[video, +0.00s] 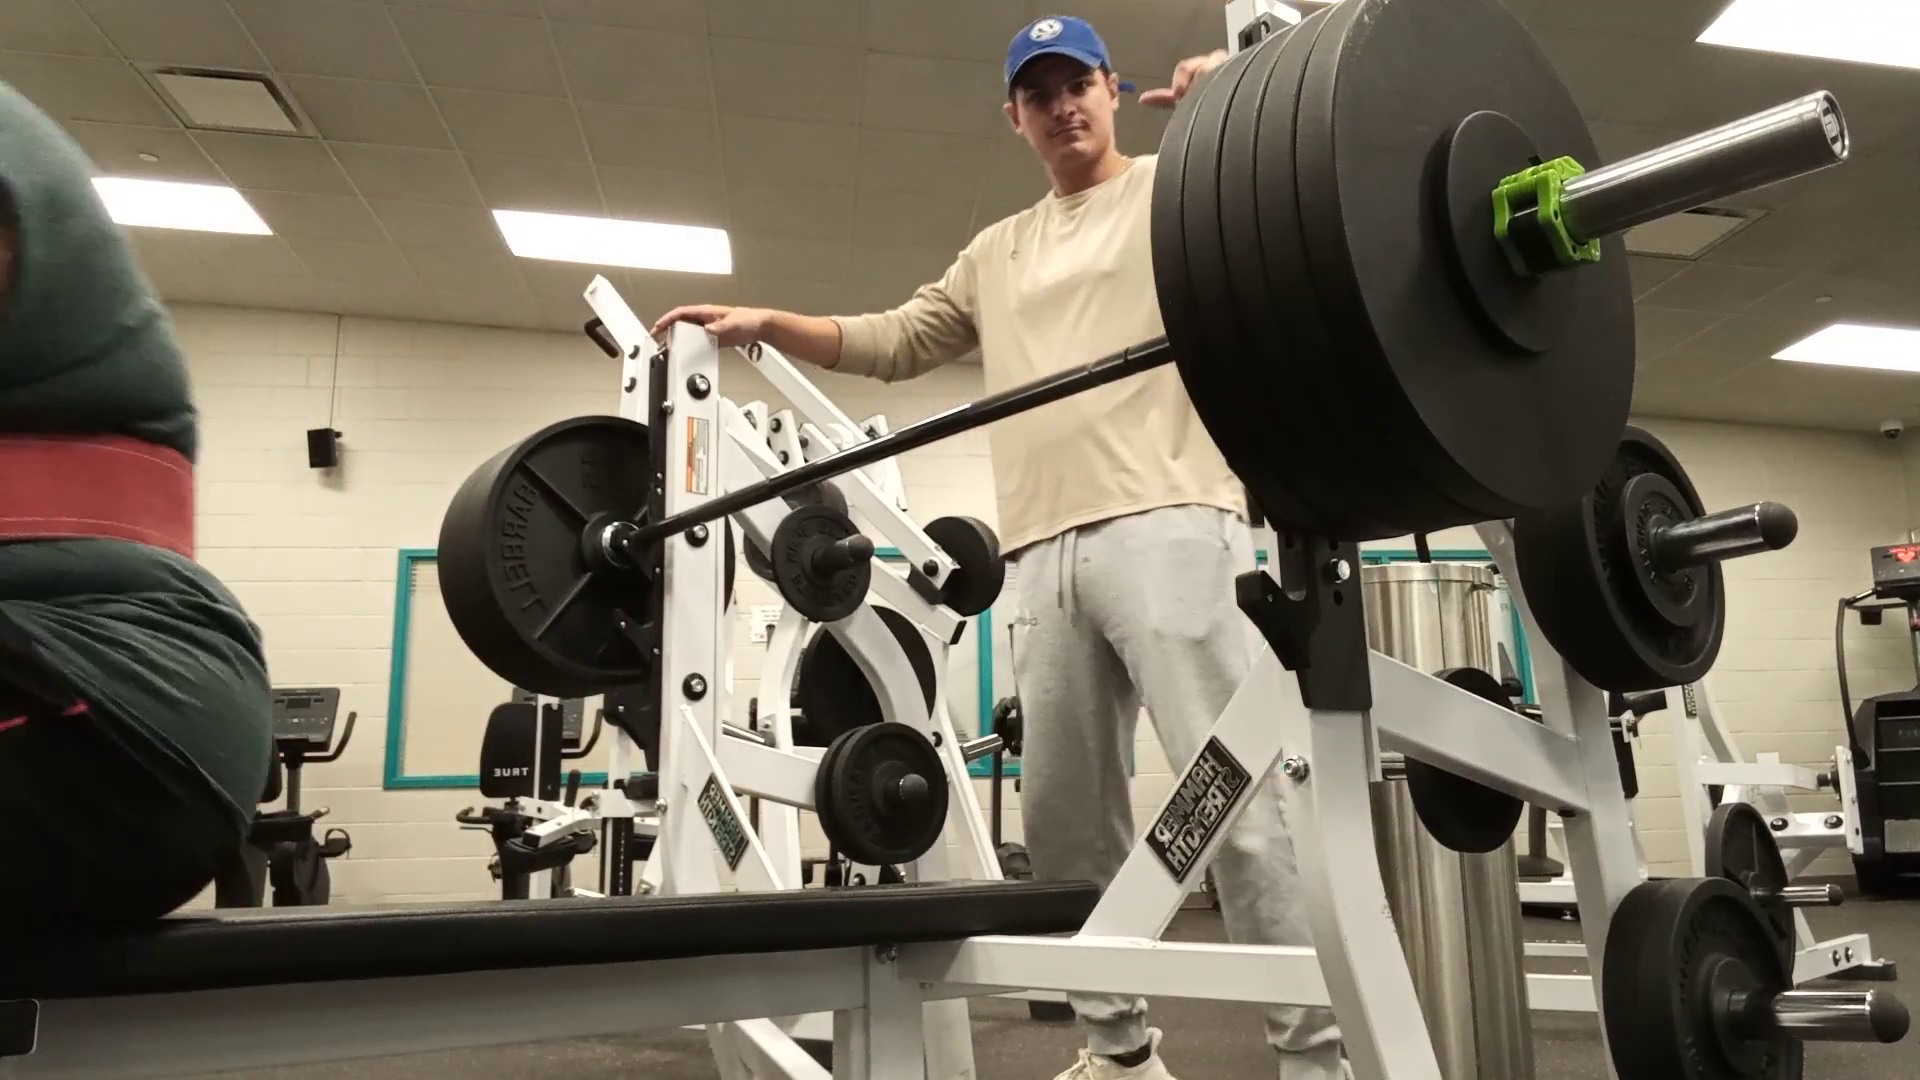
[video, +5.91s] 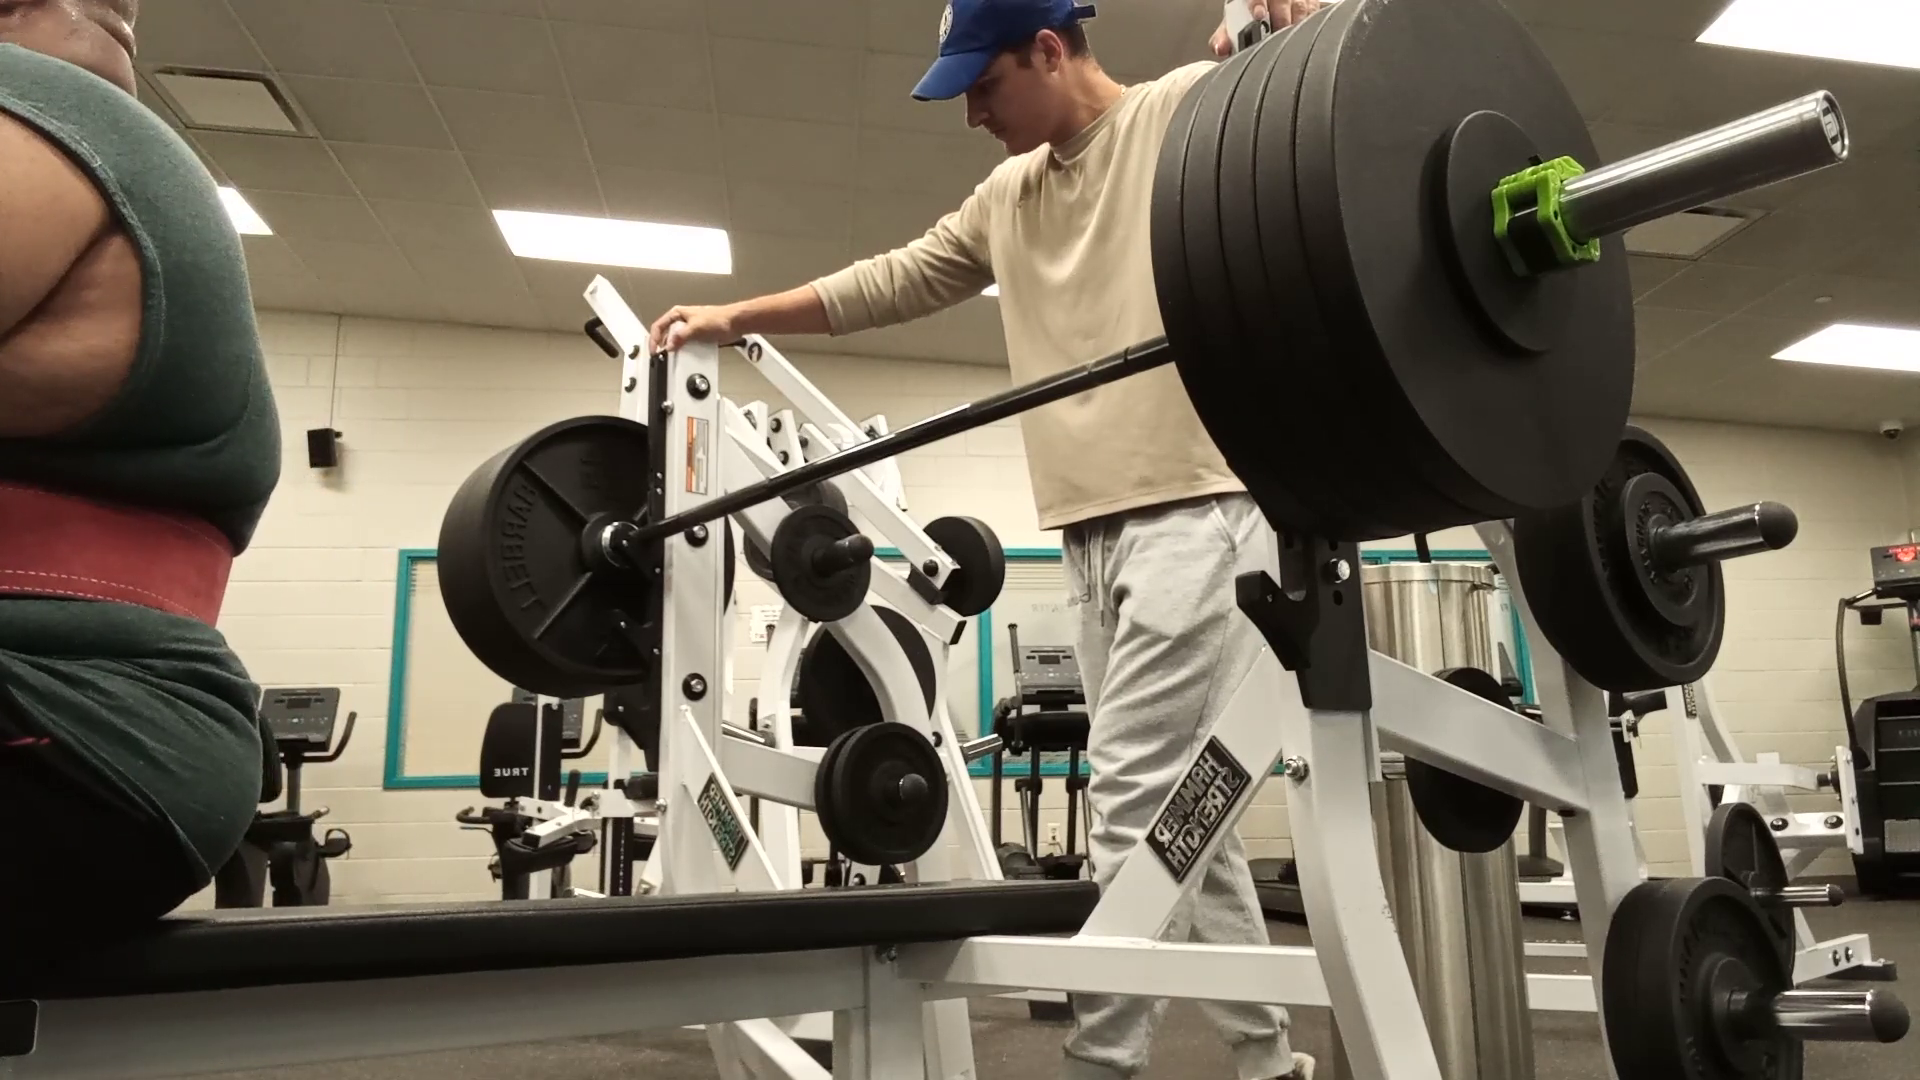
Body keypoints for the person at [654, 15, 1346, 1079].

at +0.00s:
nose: (1062, 107)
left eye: (1077, 86)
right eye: (1040, 95)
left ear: (1116, 94)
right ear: (1017, 120)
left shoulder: (1178, 184)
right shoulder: (995, 251)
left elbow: (1281, 169)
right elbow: (900, 337)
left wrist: (1230, 81)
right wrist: (759, 321)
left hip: (1170, 517)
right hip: (1041, 546)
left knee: (1239, 793)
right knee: (1066, 810)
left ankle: (1315, 1051)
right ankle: (1118, 1044)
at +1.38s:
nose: (984, 93)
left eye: (992, 63)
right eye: (974, 77)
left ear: (1061, 28)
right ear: (1005, 75)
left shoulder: (1191, 102)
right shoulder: (1012, 195)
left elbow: (1323, 111)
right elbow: (899, 276)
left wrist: (1293, 38)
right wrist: (736, 309)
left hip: (1206, 506)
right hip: (1097, 530)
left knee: (1126, 774)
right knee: (1176, 799)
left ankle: (1144, 1057)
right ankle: (1261, 1056)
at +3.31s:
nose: (999, 84)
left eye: (1013, 54)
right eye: (985, 68)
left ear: (1079, 24)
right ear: (982, 74)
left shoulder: (1187, 101)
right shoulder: (1005, 192)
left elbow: (1317, 111)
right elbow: (892, 278)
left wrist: (1292, 37)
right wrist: (734, 314)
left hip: (1200, 509)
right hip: (1090, 532)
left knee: (1126, 793)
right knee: (1174, 805)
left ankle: (1102, 1064)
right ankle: (1265, 1060)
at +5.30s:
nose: (973, 112)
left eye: (983, 85)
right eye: (966, 92)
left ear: (1053, 47)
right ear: (1024, 64)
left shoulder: (1185, 102)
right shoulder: (1005, 195)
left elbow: (1315, 112)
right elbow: (894, 280)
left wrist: (1291, 38)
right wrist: (735, 314)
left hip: (1200, 511)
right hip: (1091, 535)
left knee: (1129, 794)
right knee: (1174, 804)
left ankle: (1102, 1064)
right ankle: (1266, 1060)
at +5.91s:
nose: (974, 114)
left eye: (983, 89)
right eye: (968, 95)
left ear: (1051, 49)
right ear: (1027, 65)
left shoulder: (1185, 102)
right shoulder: (1006, 194)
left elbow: (1315, 109)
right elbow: (897, 279)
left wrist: (1292, 36)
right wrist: (735, 314)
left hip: (1200, 512)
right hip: (1091, 535)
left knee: (1129, 795)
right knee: (1174, 804)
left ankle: (1101, 1064)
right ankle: (1266, 1059)